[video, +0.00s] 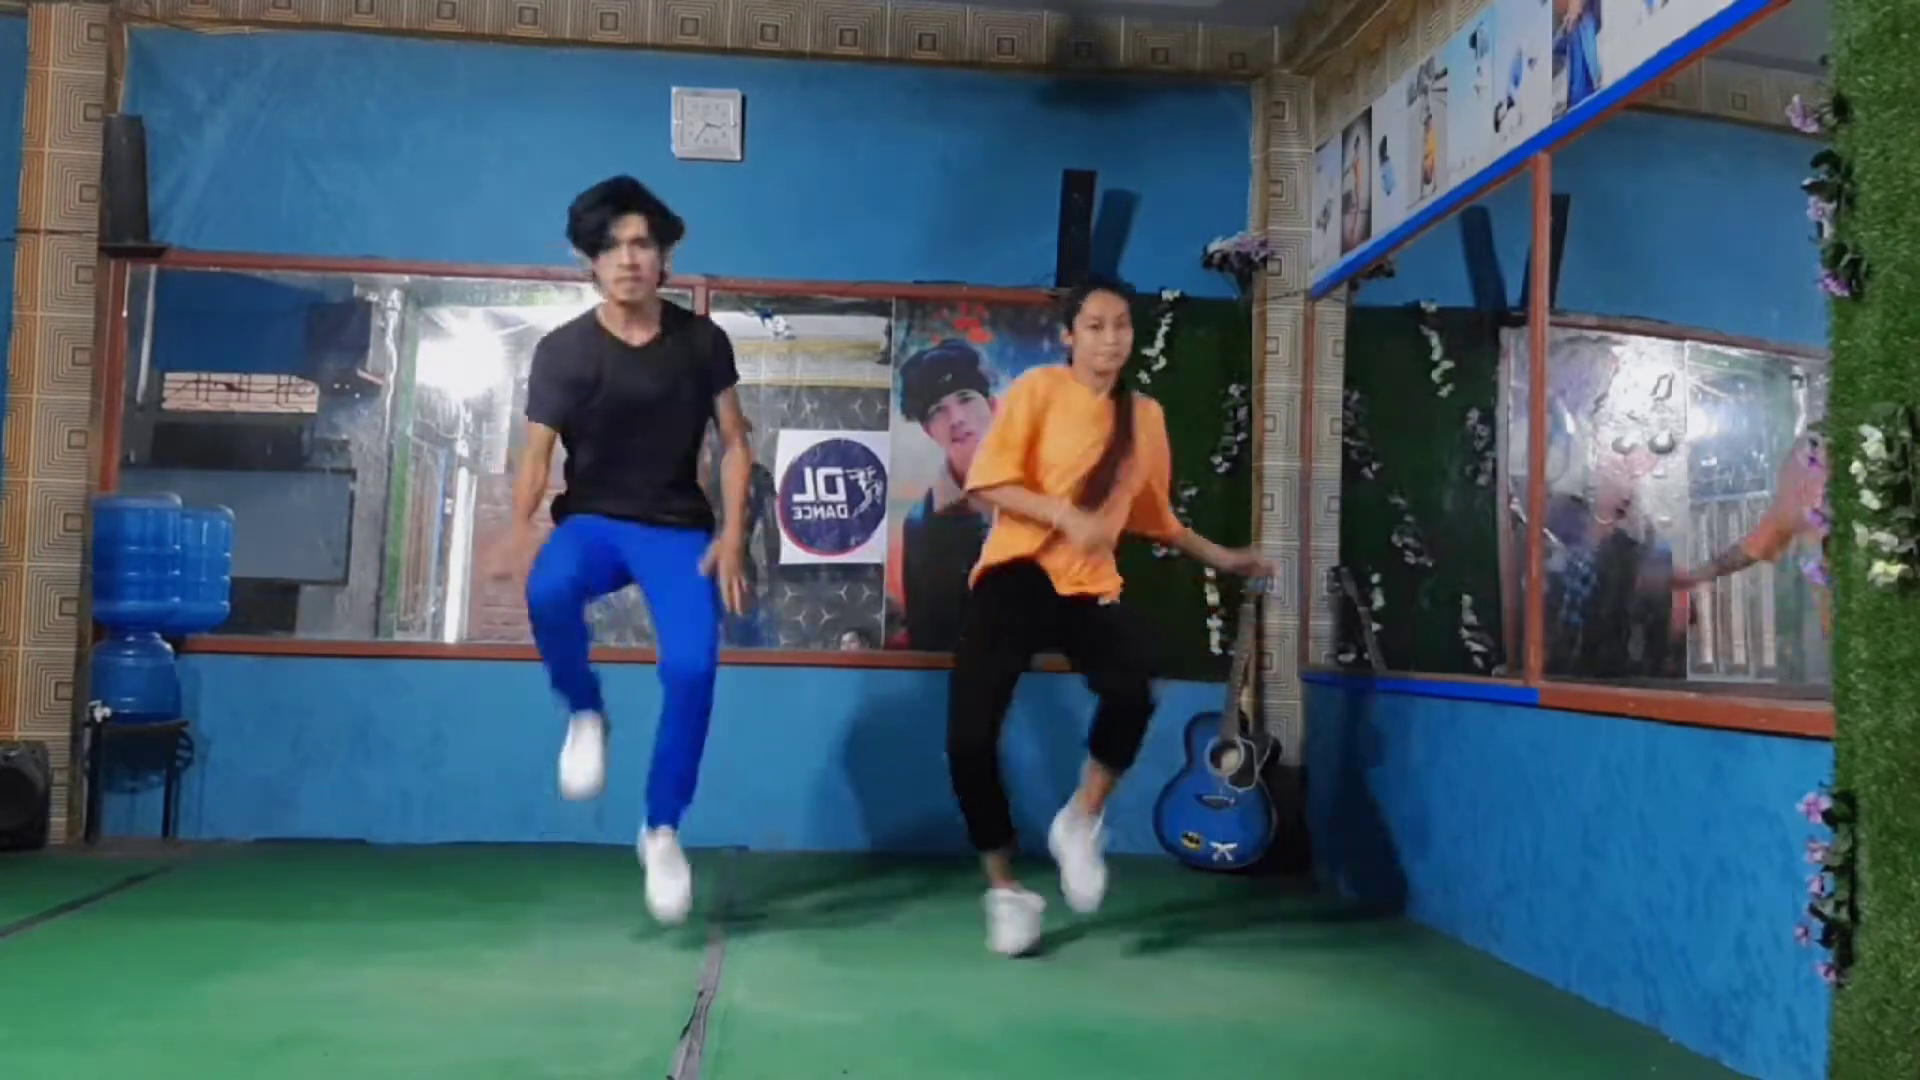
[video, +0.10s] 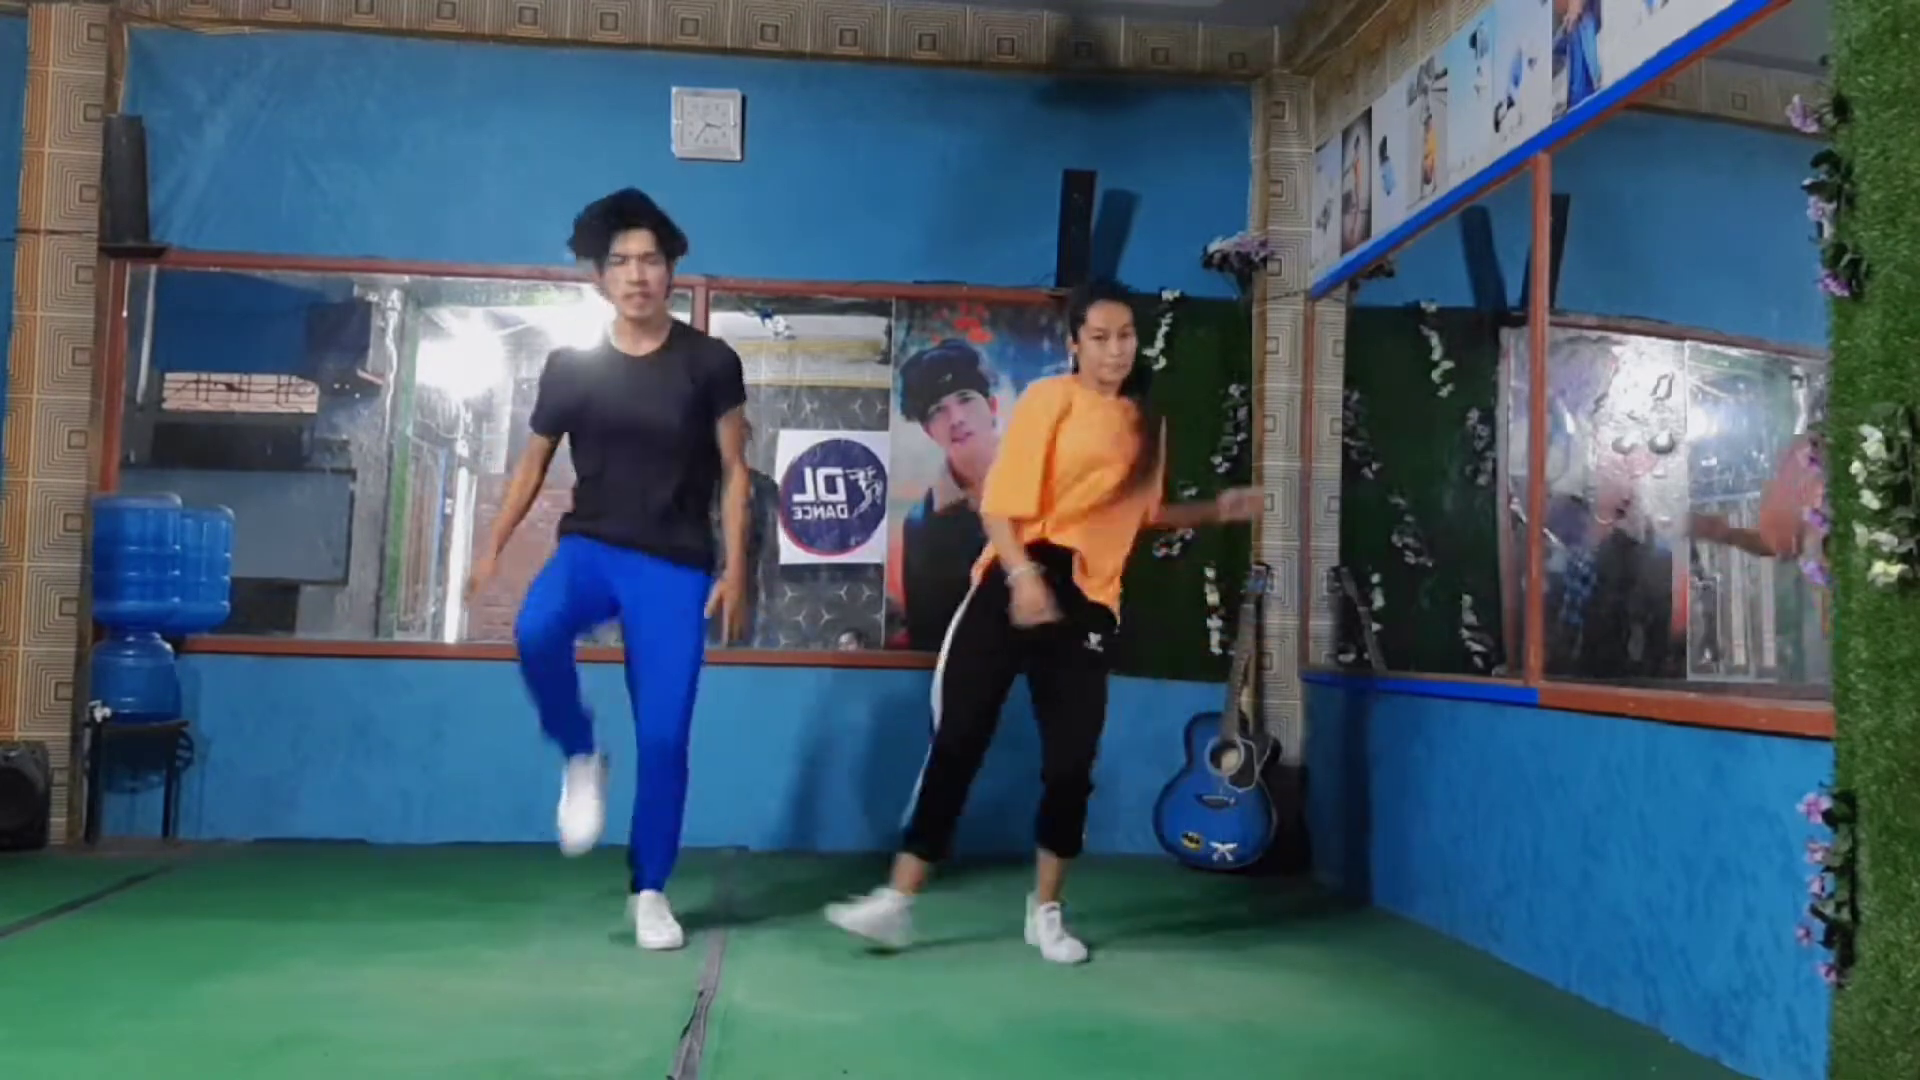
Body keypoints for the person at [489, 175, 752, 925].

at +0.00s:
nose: (632, 261)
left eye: (644, 246)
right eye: (616, 248)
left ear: (663, 257)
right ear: (593, 263)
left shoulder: (703, 342)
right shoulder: (564, 350)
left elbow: (735, 443)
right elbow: (536, 453)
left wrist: (733, 536)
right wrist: (523, 529)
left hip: (678, 528)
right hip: (592, 523)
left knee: (694, 670)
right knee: (548, 591)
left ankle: (662, 832)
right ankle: (583, 713)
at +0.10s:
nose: (640, 275)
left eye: (652, 260)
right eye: (623, 262)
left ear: (672, 271)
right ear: (599, 277)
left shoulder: (710, 363)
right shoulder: (572, 369)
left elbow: (735, 471)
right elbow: (532, 469)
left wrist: (737, 570)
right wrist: (491, 548)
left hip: (674, 562)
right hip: (588, 550)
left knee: (664, 737)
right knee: (536, 631)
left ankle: (650, 890)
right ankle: (579, 756)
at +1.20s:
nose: (652, 259)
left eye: (668, 246)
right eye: (639, 246)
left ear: (693, 265)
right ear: (619, 263)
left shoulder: (727, 340)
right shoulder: (589, 345)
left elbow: (819, 398)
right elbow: (550, 416)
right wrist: (530, 448)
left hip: (697, 560)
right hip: (609, 560)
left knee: (684, 695)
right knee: (568, 690)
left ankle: (694, 839)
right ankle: (597, 844)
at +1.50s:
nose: (664, 292)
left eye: (681, 278)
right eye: (655, 280)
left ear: (720, 290)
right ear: (646, 292)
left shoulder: (732, 370)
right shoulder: (657, 388)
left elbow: (718, 460)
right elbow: (606, 479)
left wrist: (650, 443)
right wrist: (520, 479)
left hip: (726, 598)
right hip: (667, 598)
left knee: (692, 753)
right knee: (572, 712)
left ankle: (745, 909)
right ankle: (574, 883)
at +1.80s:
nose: (664, 296)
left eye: (680, 283)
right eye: (655, 283)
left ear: (719, 291)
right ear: (647, 291)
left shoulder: (735, 365)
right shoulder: (682, 377)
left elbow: (792, 464)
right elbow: (686, 495)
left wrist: (741, 559)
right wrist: (649, 590)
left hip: (706, 595)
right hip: (669, 596)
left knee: (620, 745)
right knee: (661, 755)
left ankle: (550, 915)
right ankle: (736, 903)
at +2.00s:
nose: (659, 293)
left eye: (674, 279)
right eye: (649, 281)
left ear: (713, 286)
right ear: (642, 288)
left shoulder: (725, 355)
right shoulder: (677, 369)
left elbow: (741, 452)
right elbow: (691, 466)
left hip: (721, 573)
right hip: (696, 571)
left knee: (575, 664)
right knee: (645, 730)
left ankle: (642, 819)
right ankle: (725, 886)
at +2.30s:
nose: (645, 303)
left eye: (661, 288)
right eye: (636, 290)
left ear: (700, 297)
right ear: (628, 300)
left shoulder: (684, 365)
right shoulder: (682, 369)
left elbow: (659, 484)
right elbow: (674, 494)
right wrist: (647, 599)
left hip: (718, 602)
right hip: (685, 601)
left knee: (674, 771)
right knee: (589, 736)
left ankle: (753, 917)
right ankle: (569, 910)